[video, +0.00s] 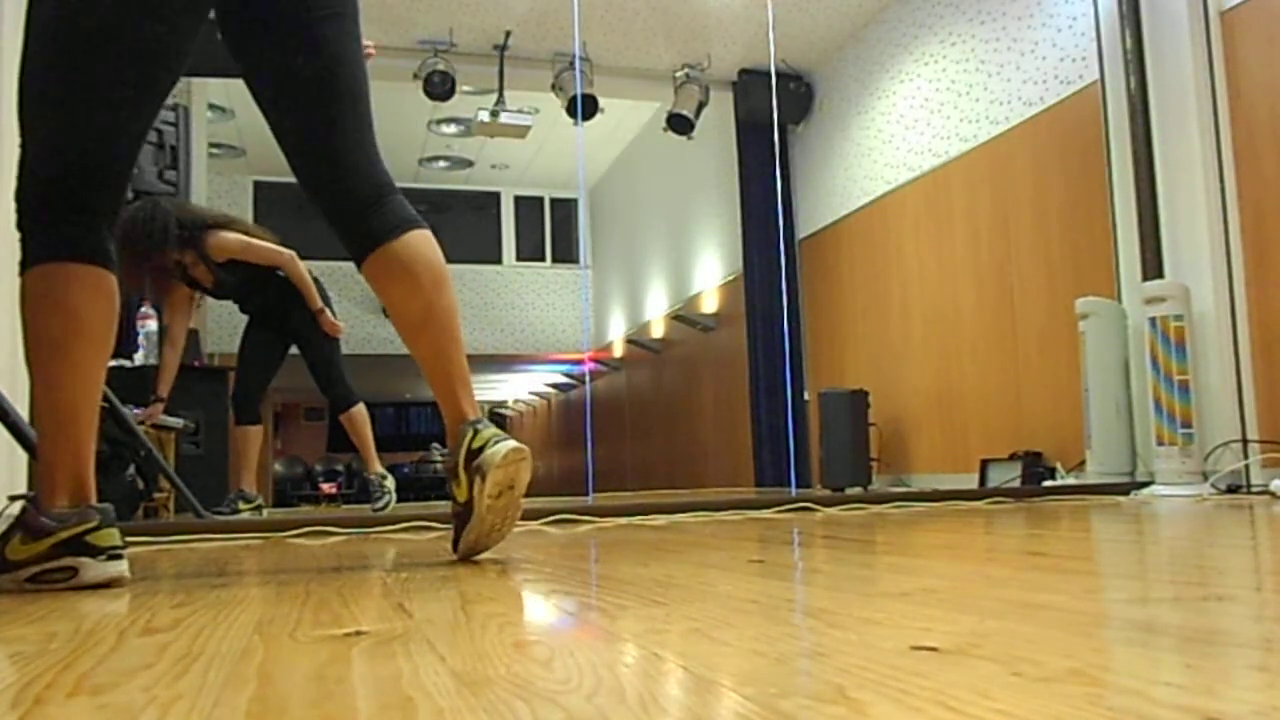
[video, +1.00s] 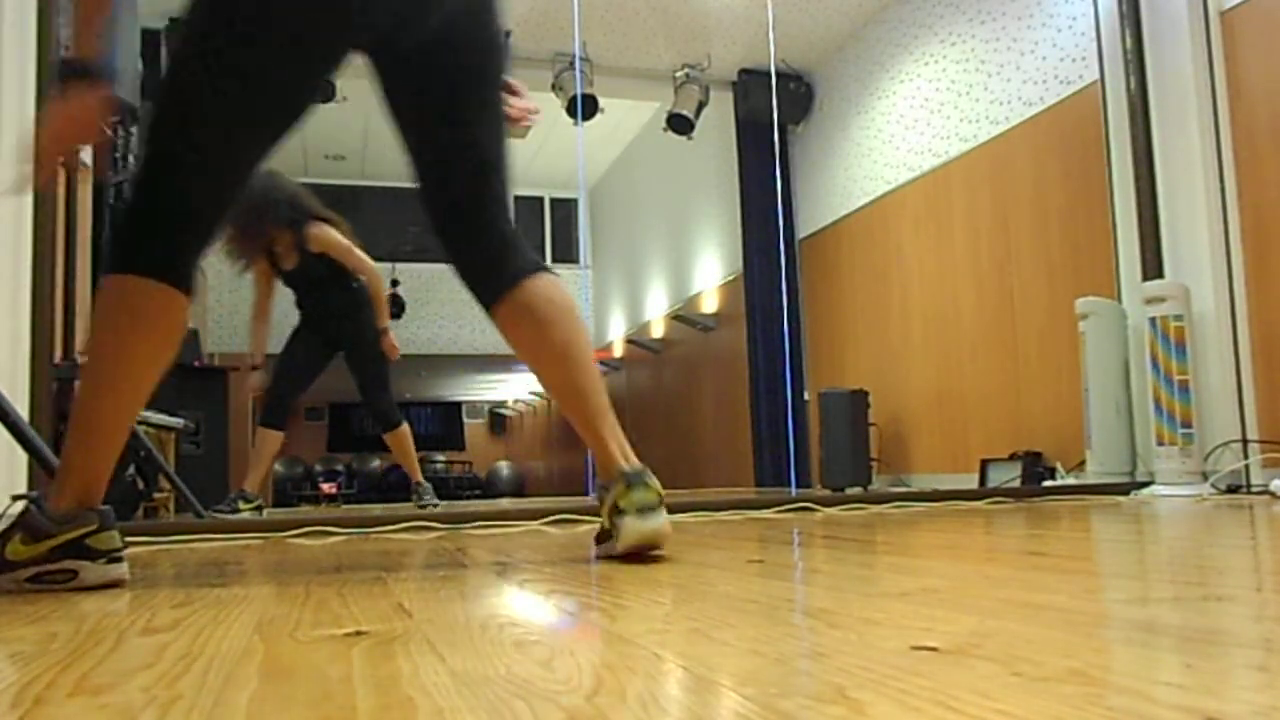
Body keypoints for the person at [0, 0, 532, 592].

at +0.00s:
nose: (153, 271)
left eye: (152, 260)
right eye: (147, 264)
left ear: (164, 240)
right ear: (161, 249)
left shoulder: (217, 242)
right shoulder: (181, 266)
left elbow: (289, 260)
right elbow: (174, 332)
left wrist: (320, 311)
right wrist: (158, 401)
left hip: (294, 296)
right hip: (269, 303)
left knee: (63, 207)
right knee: (364, 193)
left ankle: (65, 507)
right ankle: (472, 434)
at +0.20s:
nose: (148, 286)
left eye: (147, 273)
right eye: (141, 278)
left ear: (159, 245)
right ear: (157, 250)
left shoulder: (212, 241)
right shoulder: (185, 265)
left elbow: (284, 258)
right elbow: (174, 330)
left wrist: (316, 311)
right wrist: (158, 398)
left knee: (62, 211)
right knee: (369, 197)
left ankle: (66, 507)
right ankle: (476, 435)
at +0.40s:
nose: (150, 282)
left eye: (149, 267)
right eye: (144, 272)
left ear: (159, 241)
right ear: (159, 247)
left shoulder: (214, 242)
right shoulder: (186, 265)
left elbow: (287, 257)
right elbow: (176, 327)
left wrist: (320, 311)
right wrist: (158, 396)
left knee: (70, 206)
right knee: (378, 199)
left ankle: (65, 506)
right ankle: (482, 436)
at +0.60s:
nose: (157, 278)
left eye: (156, 264)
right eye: (151, 269)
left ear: (166, 241)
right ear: (169, 245)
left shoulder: (224, 241)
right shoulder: (191, 265)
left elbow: (296, 258)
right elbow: (175, 325)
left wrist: (327, 310)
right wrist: (156, 391)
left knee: (82, 202)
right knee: (392, 193)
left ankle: (67, 508)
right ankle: (493, 435)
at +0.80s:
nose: (184, 266)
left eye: (186, 254)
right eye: (178, 258)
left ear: (204, 234)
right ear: (195, 242)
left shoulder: (255, 236)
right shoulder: (210, 257)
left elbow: (324, 261)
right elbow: (202, 320)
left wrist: (350, 314)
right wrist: (189, 380)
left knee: (98, 206)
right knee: (424, 203)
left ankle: (66, 507)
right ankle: (552, 446)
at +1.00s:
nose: (252, 252)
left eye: (258, 241)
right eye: (244, 247)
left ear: (271, 219)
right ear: (244, 224)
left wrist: (85, 64)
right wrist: (492, 80)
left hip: (268, 9)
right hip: (440, 5)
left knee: (158, 237)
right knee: (491, 245)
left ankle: (67, 514)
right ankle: (628, 475)